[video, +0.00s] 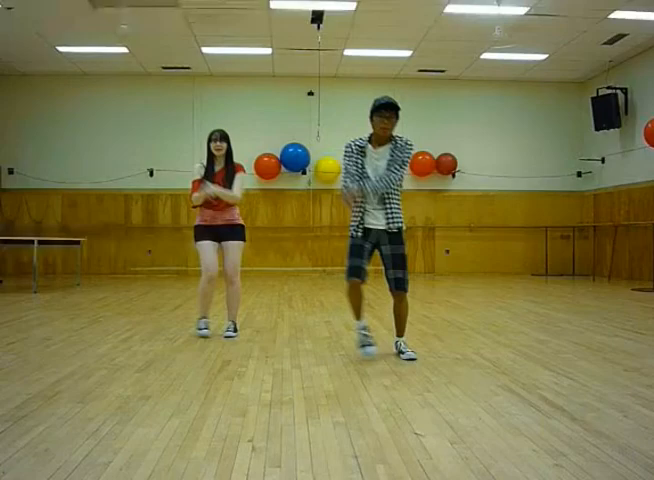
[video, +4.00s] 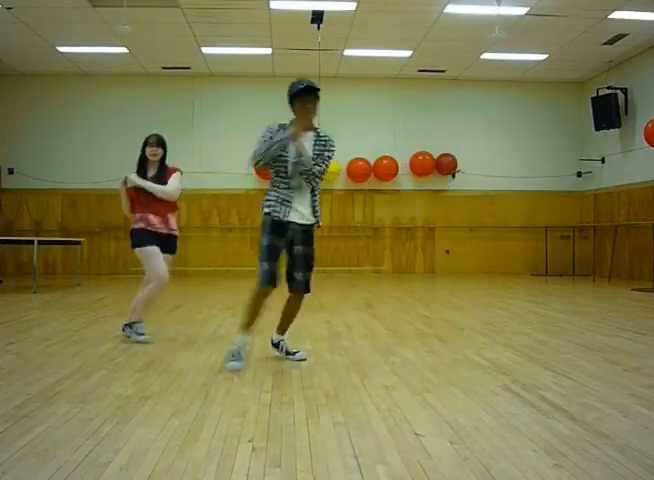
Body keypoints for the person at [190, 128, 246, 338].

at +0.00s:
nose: (218, 145)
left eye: (222, 141)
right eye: (214, 141)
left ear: (228, 145)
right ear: (209, 145)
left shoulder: (237, 169)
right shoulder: (201, 170)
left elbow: (236, 197)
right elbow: (194, 200)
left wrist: (214, 190)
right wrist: (205, 192)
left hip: (231, 223)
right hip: (205, 223)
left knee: (231, 274)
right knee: (210, 272)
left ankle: (232, 322)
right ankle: (203, 318)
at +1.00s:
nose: (155, 149)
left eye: (159, 146)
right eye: (151, 146)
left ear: (165, 150)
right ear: (145, 150)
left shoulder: (172, 174)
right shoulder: (138, 173)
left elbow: (170, 192)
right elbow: (128, 201)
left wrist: (144, 176)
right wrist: (130, 176)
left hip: (162, 230)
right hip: (138, 228)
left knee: (144, 283)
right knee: (160, 272)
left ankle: (119, 319)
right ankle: (166, 326)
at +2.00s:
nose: (201, 147)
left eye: (205, 143)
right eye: (197, 143)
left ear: (210, 146)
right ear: (190, 147)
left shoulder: (218, 172)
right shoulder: (180, 174)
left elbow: (230, 200)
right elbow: (168, 205)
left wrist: (204, 209)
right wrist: (187, 209)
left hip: (218, 228)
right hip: (193, 229)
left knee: (225, 278)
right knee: (204, 278)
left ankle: (217, 326)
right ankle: (191, 328)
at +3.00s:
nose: (236, 144)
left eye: (239, 139)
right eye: (231, 141)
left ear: (247, 141)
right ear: (227, 145)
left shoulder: (261, 161)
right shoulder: (226, 168)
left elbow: (246, 172)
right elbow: (224, 198)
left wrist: (214, 165)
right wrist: (212, 172)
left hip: (258, 222)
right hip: (232, 221)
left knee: (270, 277)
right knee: (228, 274)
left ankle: (282, 324)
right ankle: (200, 322)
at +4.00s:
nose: (154, 150)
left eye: (158, 146)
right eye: (150, 146)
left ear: (164, 151)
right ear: (144, 150)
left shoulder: (173, 173)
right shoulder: (135, 177)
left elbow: (173, 194)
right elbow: (128, 211)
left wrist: (142, 183)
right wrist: (124, 190)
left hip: (167, 231)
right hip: (143, 229)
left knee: (150, 281)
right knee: (161, 278)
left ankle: (132, 323)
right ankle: (134, 321)